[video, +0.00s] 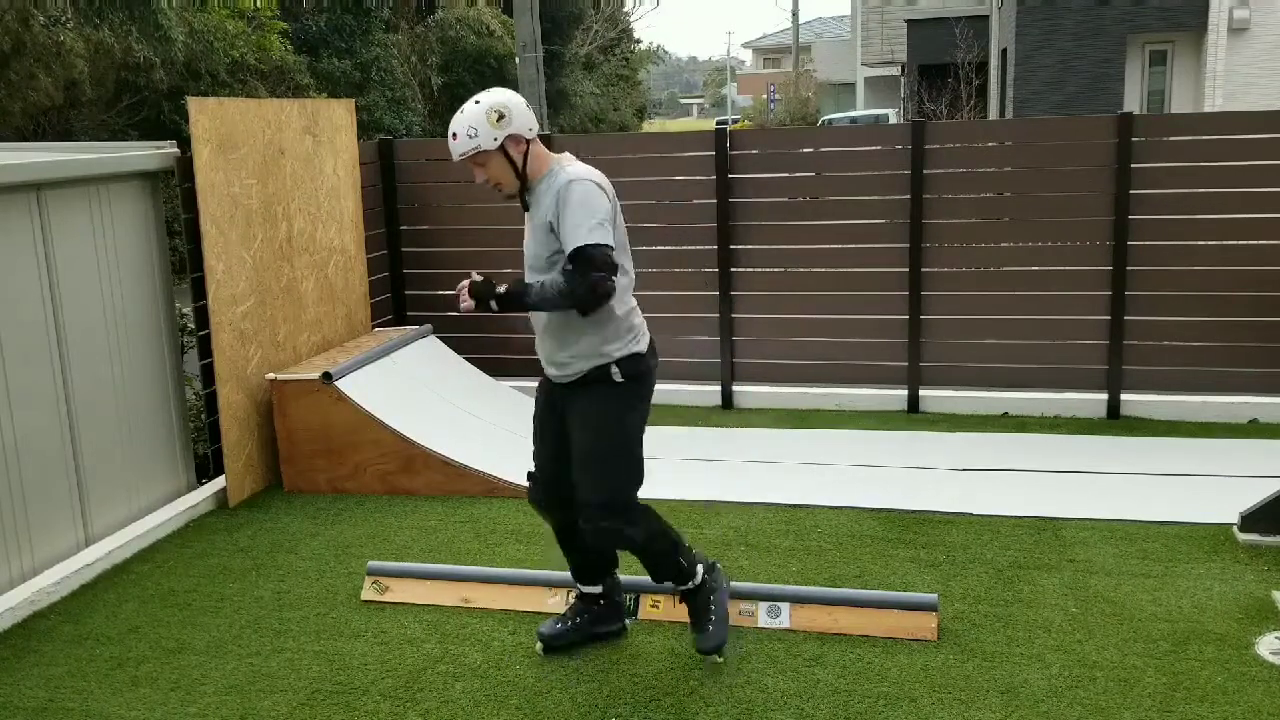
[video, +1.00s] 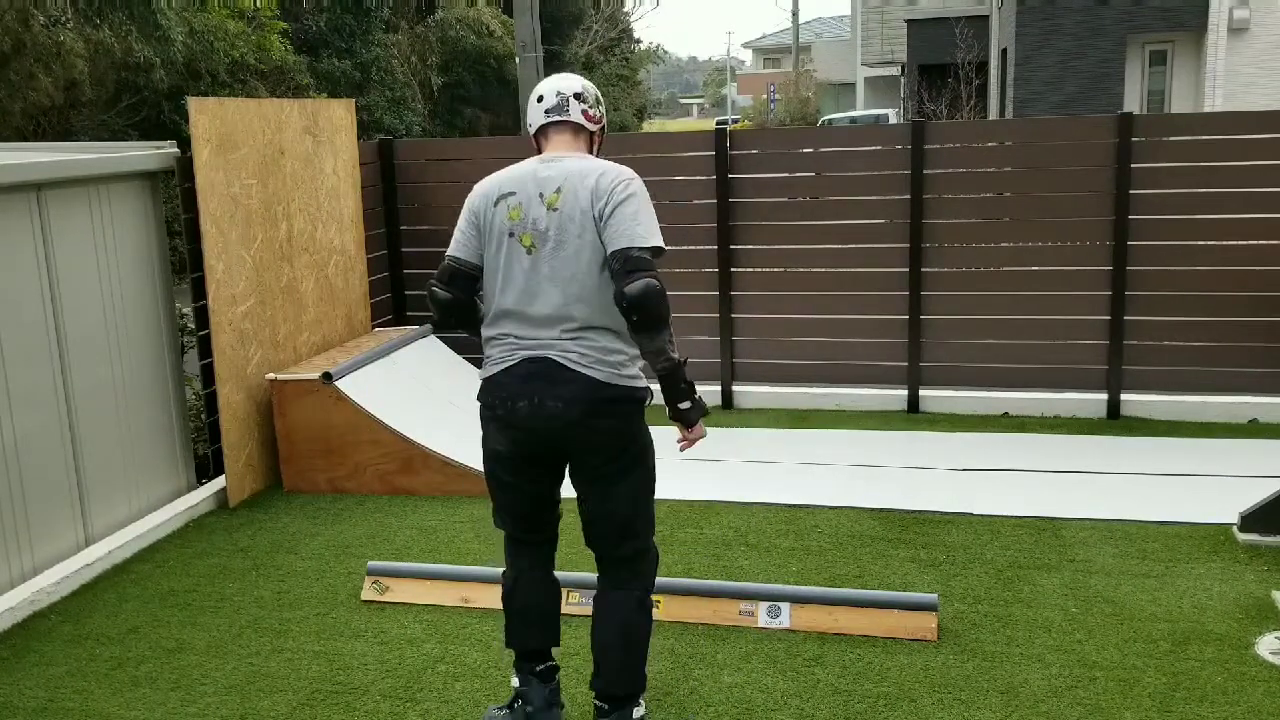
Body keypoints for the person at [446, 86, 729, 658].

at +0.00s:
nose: (479, 178)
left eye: (480, 163)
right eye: (473, 167)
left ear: (517, 145)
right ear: (515, 148)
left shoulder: (578, 187)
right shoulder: (545, 193)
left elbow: (594, 283)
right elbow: (563, 282)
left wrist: (508, 295)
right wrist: (499, 294)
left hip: (611, 371)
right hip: (563, 375)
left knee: (606, 505)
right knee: (554, 492)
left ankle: (697, 579)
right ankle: (601, 601)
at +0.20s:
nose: (457, 175)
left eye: (454, 161)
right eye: (450, 164)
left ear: (480, 142)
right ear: (497, 138)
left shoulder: (529, 189)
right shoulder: (565, 176)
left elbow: (520, 295)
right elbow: (620, 265)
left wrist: (464, 303)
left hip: (573, 373)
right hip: (599, 362)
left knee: (514, 507)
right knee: (558, 491)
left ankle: (626, 636)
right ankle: (595, 608)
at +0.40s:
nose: (455, 173)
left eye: (451, 160)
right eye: (450, 162)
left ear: (464, 149)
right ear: (512, 138)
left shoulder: (478, 197)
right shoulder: (584, 185)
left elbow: (454, 309)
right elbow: (638, 277)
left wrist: (433, 359)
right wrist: (629, 352)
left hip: (540, 382)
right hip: (605, 370)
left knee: (509, 537)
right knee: (567, 499)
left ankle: (542, 692)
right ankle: (604, 619)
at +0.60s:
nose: (472, 152)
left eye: (469, 143)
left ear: (472, 141)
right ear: (534, 129)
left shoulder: (456, 188)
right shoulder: (592, 177)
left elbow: (420, 302)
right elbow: (642, 278)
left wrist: (470, 343)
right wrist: (654, 366)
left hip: (507, 388)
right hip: (597, 378)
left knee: (508, 549)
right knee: (592, 517)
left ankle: (535, 696)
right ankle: (621, 663)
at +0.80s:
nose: (560, 128)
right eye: (564, 119)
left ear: (502, 129)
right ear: (563, 122)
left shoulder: (464, 188)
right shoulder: (600, 179)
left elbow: (429, 297)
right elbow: (642, 290)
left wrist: (478, 347)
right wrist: (675, 381)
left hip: (492, 390)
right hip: (588, 388)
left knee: (512, 550)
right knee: (625, 535)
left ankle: (533, 699)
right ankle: (632, 691)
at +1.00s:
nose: (598, 134)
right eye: (598, 124)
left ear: (534, 130)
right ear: (594, 124)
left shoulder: (489, 191)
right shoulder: (615, 182)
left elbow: (448, 304)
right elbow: (640, 296)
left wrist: (499, 354)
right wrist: (679, 391)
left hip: (510, 392)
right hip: (601, 392)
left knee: (526, 545)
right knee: (625, 558)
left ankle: (535, 693)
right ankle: (618, 704)